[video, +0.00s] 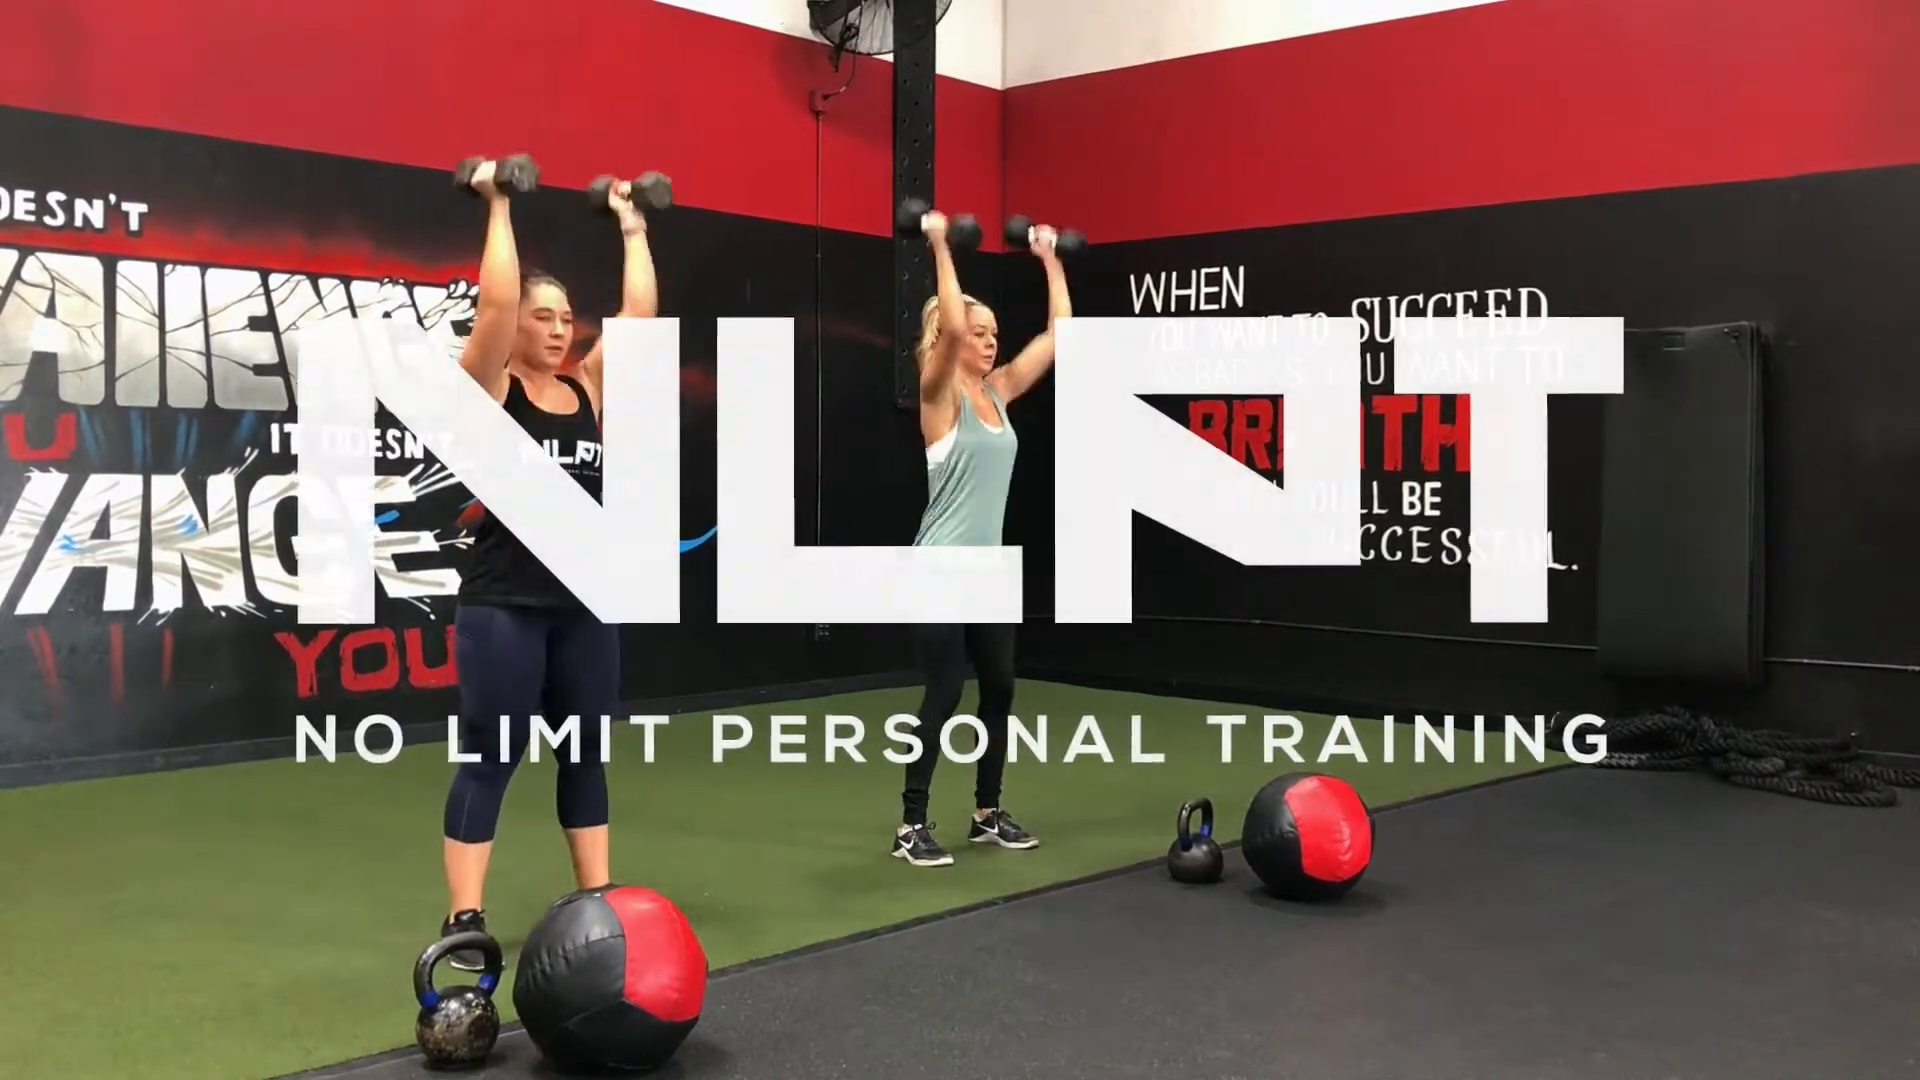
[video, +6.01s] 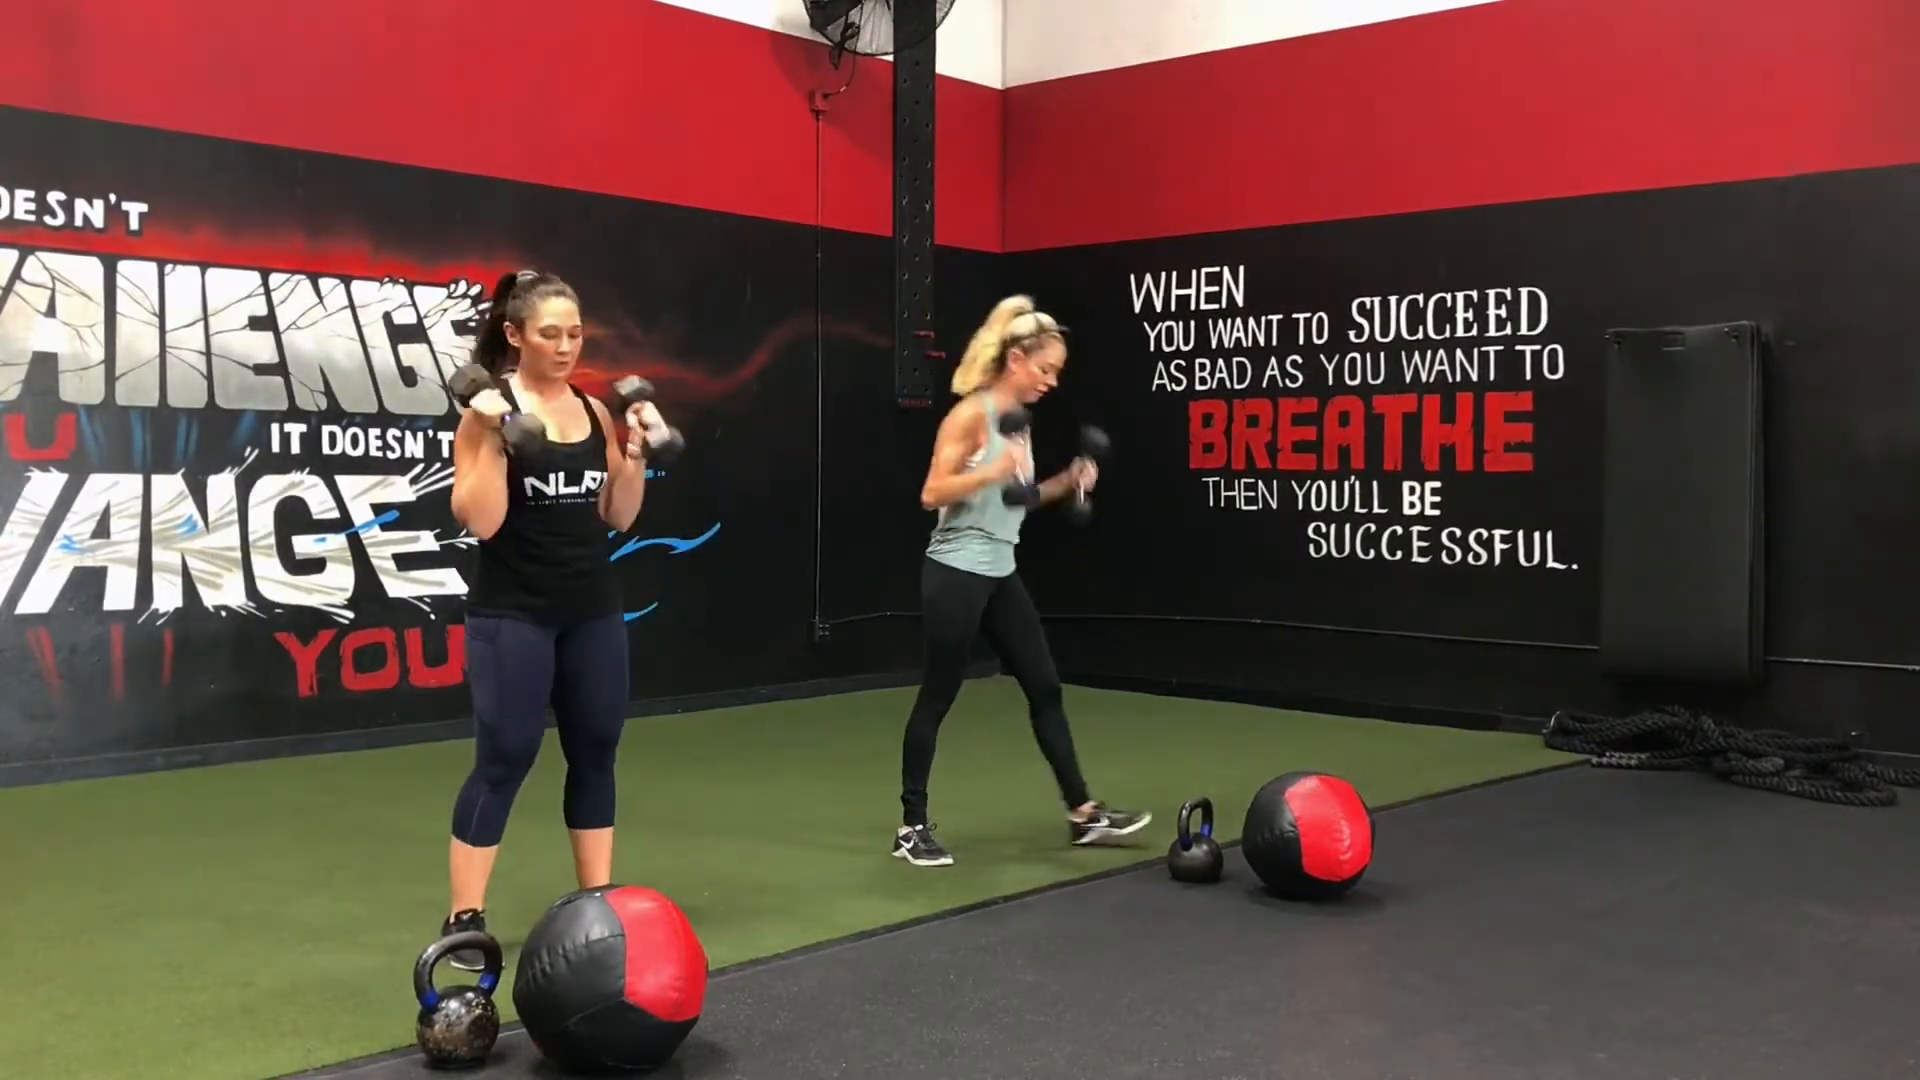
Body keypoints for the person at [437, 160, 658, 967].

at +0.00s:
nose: (556, 327)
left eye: (564, 316)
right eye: (541, 314)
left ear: (577, 326)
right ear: (510, 319)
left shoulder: (593, 386)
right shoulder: (486, 387)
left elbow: (639, 312)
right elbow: (499, 306)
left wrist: (631, 223)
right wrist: (498, 202)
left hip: (587, 603)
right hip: (503, 605)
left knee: (586, 754)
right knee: (489, 756)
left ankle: (597, 909)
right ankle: (466, 923)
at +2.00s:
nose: (561, 342)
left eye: (569, 330)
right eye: (546, 331)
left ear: (580, 337)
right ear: (513, 340)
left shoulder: (597, 407)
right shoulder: (494, 403)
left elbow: (674, 414)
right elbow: (500, 405)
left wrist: (652, 321)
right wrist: (495, 315)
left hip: (567, 611)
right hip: (481, 608)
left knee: (598, 742)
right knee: (488, 751)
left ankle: (598, 908)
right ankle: (466, 923)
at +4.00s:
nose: (572, 409)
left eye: (577, 398)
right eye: (556, 397)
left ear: (584, 408)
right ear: (519, 404)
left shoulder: (589, 479)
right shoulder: (488, 472)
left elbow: (660, 544)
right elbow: (500, 549)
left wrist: (655, 463)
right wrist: (499, 459)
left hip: (543, 647)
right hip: (463, 645)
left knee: (623, 748)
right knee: (485, 764)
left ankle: (595, 908)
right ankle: (464, 924)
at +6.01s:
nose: (567, 344)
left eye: (574, 331)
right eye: (552, 332)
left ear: (582, 334)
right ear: (516, 336)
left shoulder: (595, 411)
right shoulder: (484, 414)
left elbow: (618, 518)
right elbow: (480, 519)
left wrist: (635, 454)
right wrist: (486, 432)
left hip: (592, 607)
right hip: (512, 610)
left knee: (595, 755)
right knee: (504, 761)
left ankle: (597, 910)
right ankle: (465, 922)